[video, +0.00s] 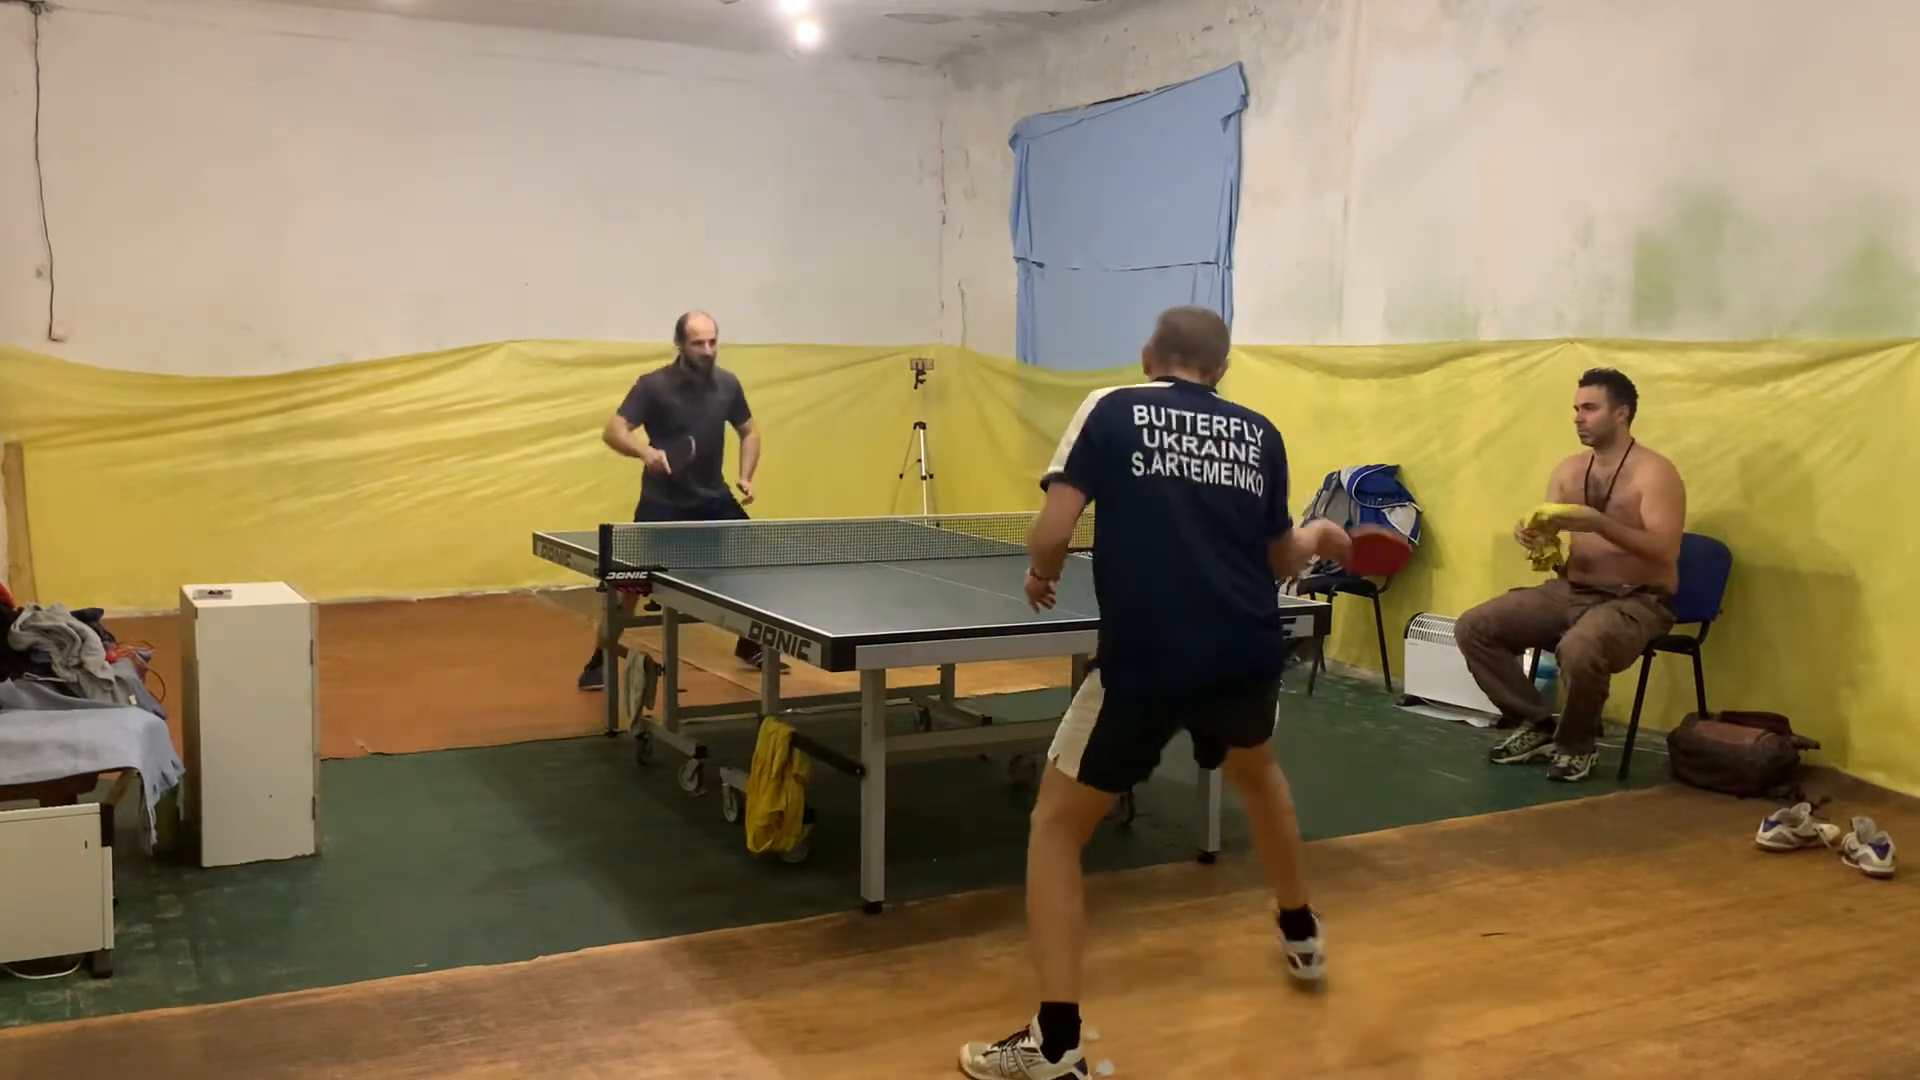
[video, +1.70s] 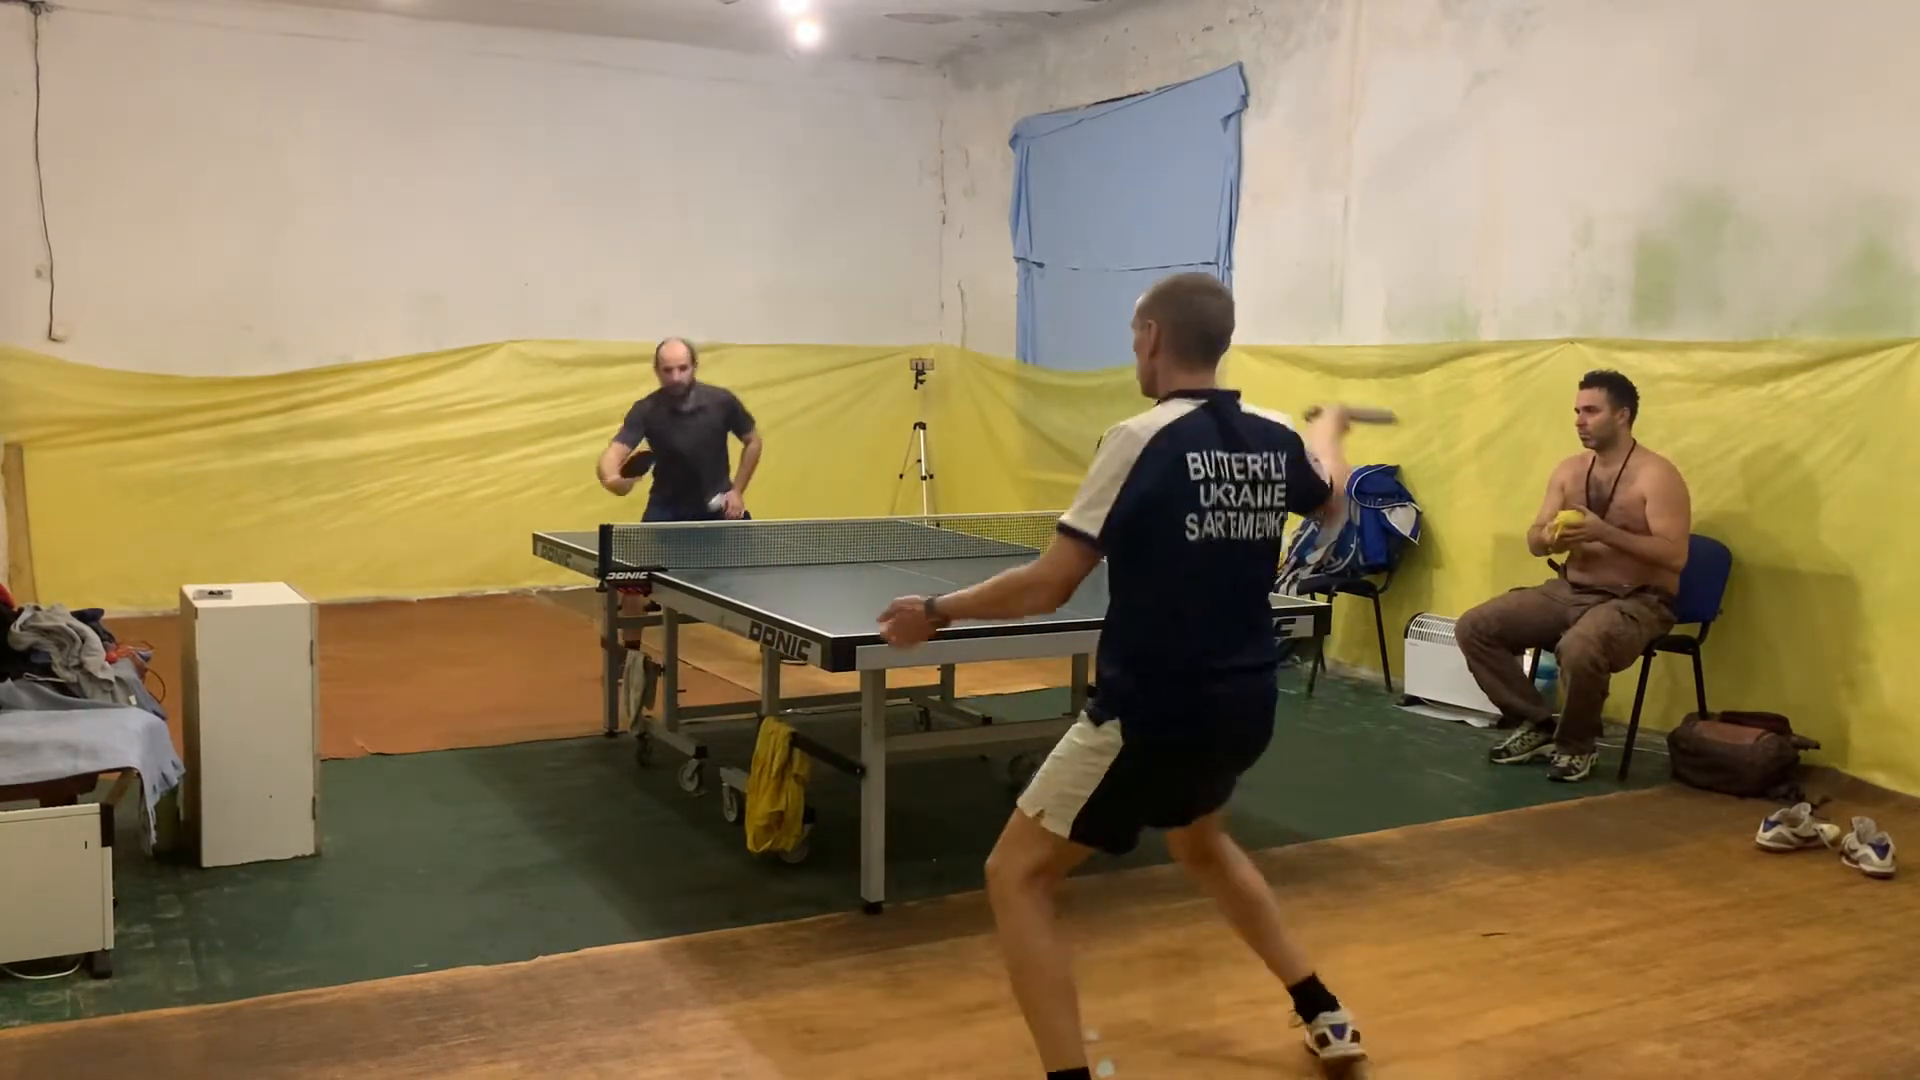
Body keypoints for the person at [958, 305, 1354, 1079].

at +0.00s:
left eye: (1146, 359)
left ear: (1148, 358)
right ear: (1221, 370)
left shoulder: (1110, 408)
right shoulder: (1262, 435)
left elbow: (1053, 531)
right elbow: (1281, 564)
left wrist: (1044, 572)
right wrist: (1313, 537)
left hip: (1141, 658)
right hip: (1245, 656)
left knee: (1057, 829)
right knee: (1256, 768)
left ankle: (1056, 1038)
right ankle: (1302, 935)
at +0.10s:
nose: (1163, 362)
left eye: (1163, 351)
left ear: (1162, 351)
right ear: (1234, 364)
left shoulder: (1123, 397)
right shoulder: (1271, 428)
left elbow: (1070, 513)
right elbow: (1278, 543)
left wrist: (1051, 578)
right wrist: (1311, 546)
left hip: (1151, 652)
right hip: (1250, 651)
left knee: (1077, 826)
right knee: (1255, 782)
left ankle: (1059, 1036)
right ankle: (1269, 921)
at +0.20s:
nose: (1167, 373)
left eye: (1169, 362)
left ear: (1176, 361)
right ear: (1242, 372)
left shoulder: (1154, 401)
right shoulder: (1276, 435)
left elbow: (1115, 509)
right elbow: (1261, 538)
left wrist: (1074, 581)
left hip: (1184, 645)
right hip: (1272, 643)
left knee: (1105, 818)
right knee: (1245, 764)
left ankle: (1064, 1033)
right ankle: (1264, 919)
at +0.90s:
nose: (1142, 338)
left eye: (1144, 327)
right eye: (1148, 327)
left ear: (1153, 327)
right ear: (1224, 334)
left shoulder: (1138, 378)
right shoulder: (1273, 404)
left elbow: (1108, 500)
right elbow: (1282, 520)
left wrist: (1058, 580)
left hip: (1179, 640)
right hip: (1278, 636)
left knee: (1087, 812)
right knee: (1280, 782)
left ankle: (1132, 1036)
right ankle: (1345, 957)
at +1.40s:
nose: (1102, 416)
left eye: (1102, 399)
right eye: (1101, 401)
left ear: (1123, 393)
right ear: (1178, 393)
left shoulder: (1174, 451)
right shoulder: (1215, 456)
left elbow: (1160, 608)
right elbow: (1248, 620)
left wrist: (1040, 623)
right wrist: (1167, 671)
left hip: (1247, 706)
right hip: (1312, 698)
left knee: (1065, 840)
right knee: (1279, 853)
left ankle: (1054, 1066)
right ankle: (1401, 1016)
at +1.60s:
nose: (1133, 360)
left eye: (1136, 344)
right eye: (1136, 344)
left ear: (1158, 344)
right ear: (1222, 352)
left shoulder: (1155, 438)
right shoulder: (1264, 438)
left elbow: (1062, 588)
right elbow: (1234, 404)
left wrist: (939, 609)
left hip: (1156, 714)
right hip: (1246, 704)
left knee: (1010, 870)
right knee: (1198, 835)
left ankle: (1069, 1071)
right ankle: (1324, 1009)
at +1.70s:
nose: (1134, 350)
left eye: (1137, 335)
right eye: (1137, 334)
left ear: (1155, 338)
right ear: (1220, 344)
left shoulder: (1140, 441)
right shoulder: (1274, 441)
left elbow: (1051, 581)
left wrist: (939, 611)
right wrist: (1327, 431)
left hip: (1146, 712)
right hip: (1242, 703)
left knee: (1015, 872)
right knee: (1200, 837)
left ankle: (1070, 1072)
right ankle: (1320, 1010)